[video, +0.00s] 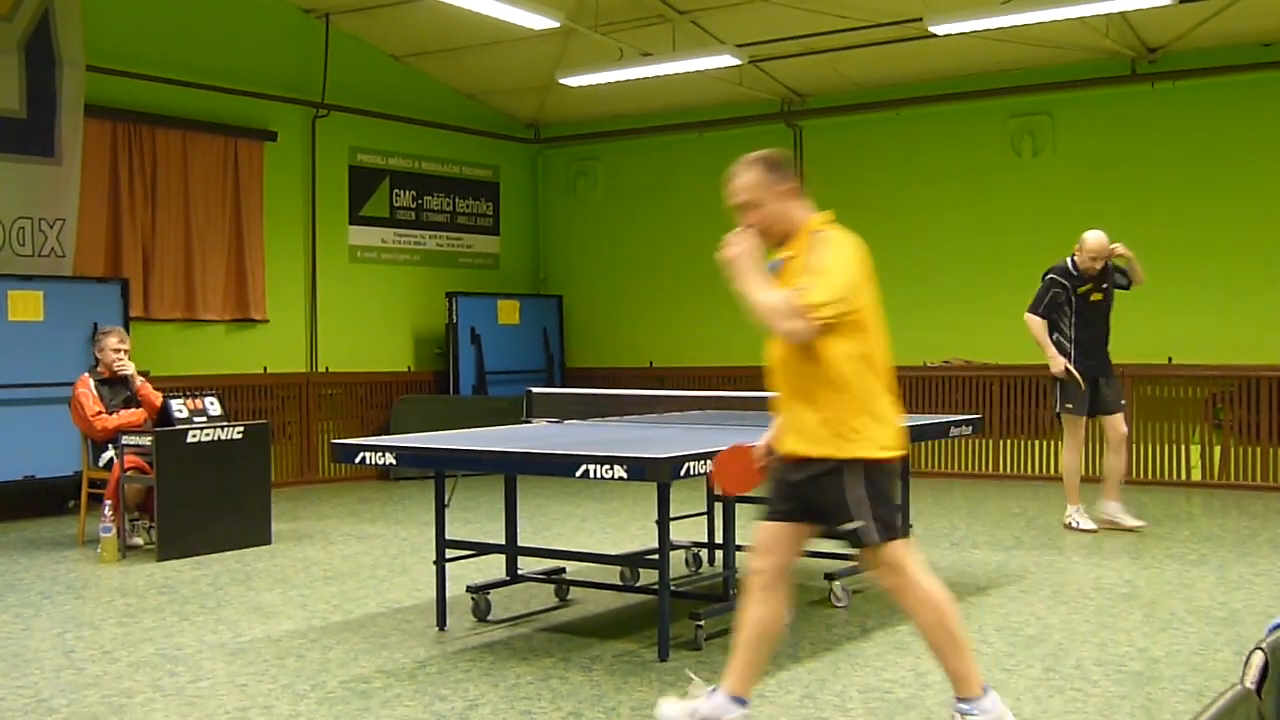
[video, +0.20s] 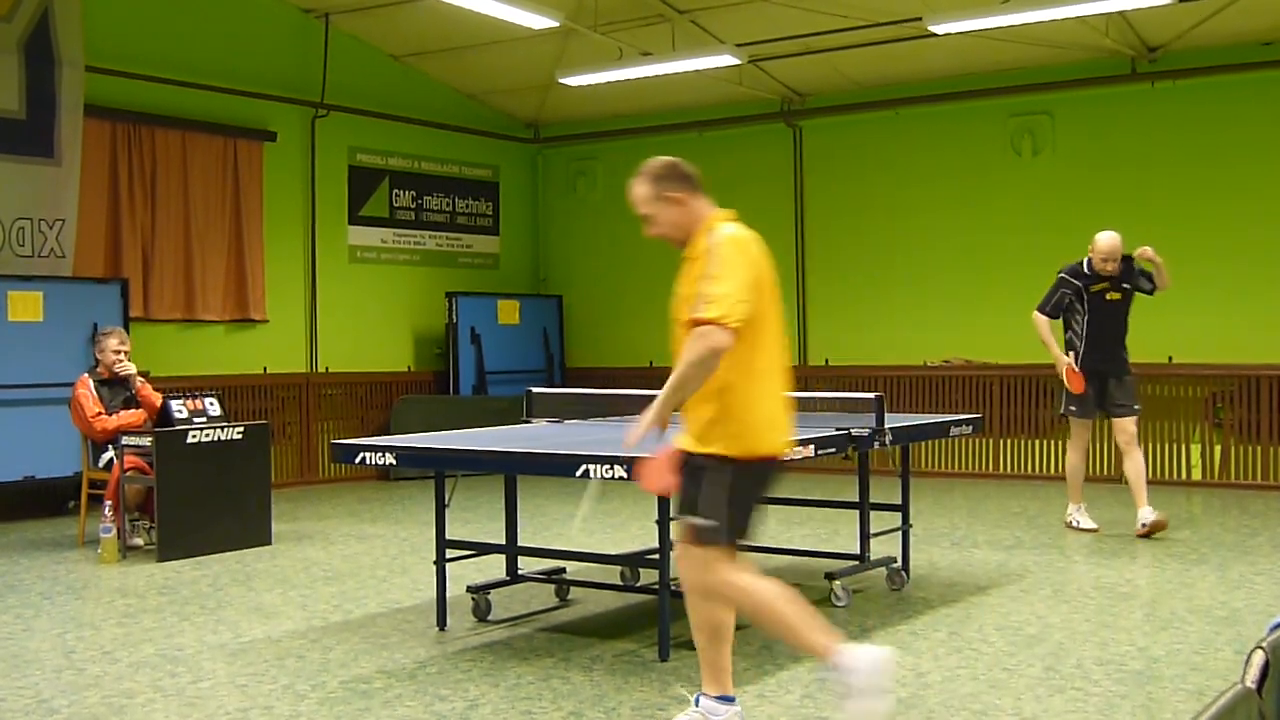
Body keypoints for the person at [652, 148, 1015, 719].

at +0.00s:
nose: (745, 220)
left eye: (750, 205)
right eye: (739, 210)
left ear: (788, 191)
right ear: (755, 205)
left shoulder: (835, 246)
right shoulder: (789, 257)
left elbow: (795, 321)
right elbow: (819, 366)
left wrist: (745, 270)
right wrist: (784, 427)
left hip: (857, 442)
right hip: (805, 443)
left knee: (897, 569)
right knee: (767, 566)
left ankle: (978, 702)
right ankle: (730, 700)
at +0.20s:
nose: (648, 231)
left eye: (649, 216)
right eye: (643, 219)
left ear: (679, 198)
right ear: (678, 202)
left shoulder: (729, 243)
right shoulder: (709, 248)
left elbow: (712, 342)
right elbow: (719, 348)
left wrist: (655, 414)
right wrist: (687, 437)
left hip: (740, 437)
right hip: (717, 436)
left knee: (707, 564)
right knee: (698, 563)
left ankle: (849, 660)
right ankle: (717, 700)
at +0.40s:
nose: (566, 227)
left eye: (566, 213)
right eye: (562, 215)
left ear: (591, 198)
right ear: (598, 197)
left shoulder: (637, 244)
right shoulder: (650, 241)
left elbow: (654, 339)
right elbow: (655, 355)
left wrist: (623, 438)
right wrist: (585, 389)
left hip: (639, 434)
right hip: (678, 434)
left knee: (568, 547)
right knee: (681, 554)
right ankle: (715, 692)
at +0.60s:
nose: (479, 241)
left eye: (478, 228)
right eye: (475, 230)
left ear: (502, 216)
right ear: (522, 211)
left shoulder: (538, 262)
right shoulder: (575, 256)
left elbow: (554, 359)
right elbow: (570, 362)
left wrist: (539, 456)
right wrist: (500, 398)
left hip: (540, 449)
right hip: (593, 447)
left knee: (481, 556)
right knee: (616, 555)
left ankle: (451, 693)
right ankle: (696, 677)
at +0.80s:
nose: (407, 236)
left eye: (404, 225)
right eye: (402, 226)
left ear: (420, 211)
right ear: (454, 204)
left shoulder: (447, 255)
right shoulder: (514, 255)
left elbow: (434, 348)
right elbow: (521, 345)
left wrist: (397, 420)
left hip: (461, 435)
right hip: (513, 432)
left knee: (433, 554)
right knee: (487, 540)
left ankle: (445, 692)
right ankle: (556, 637)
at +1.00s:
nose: (361, 225)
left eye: (360, 217)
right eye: (361, 217)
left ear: (371, 210)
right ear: (416, 205)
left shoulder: (377, 253)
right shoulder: (475, 261)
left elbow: (345, 337)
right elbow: (504, 347)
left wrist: (333, 385)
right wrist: (480, 409)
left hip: (409, 424)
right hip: (464, 424)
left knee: (423, 554)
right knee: (417, 543)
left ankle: (445, 690)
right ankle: (395, 658)